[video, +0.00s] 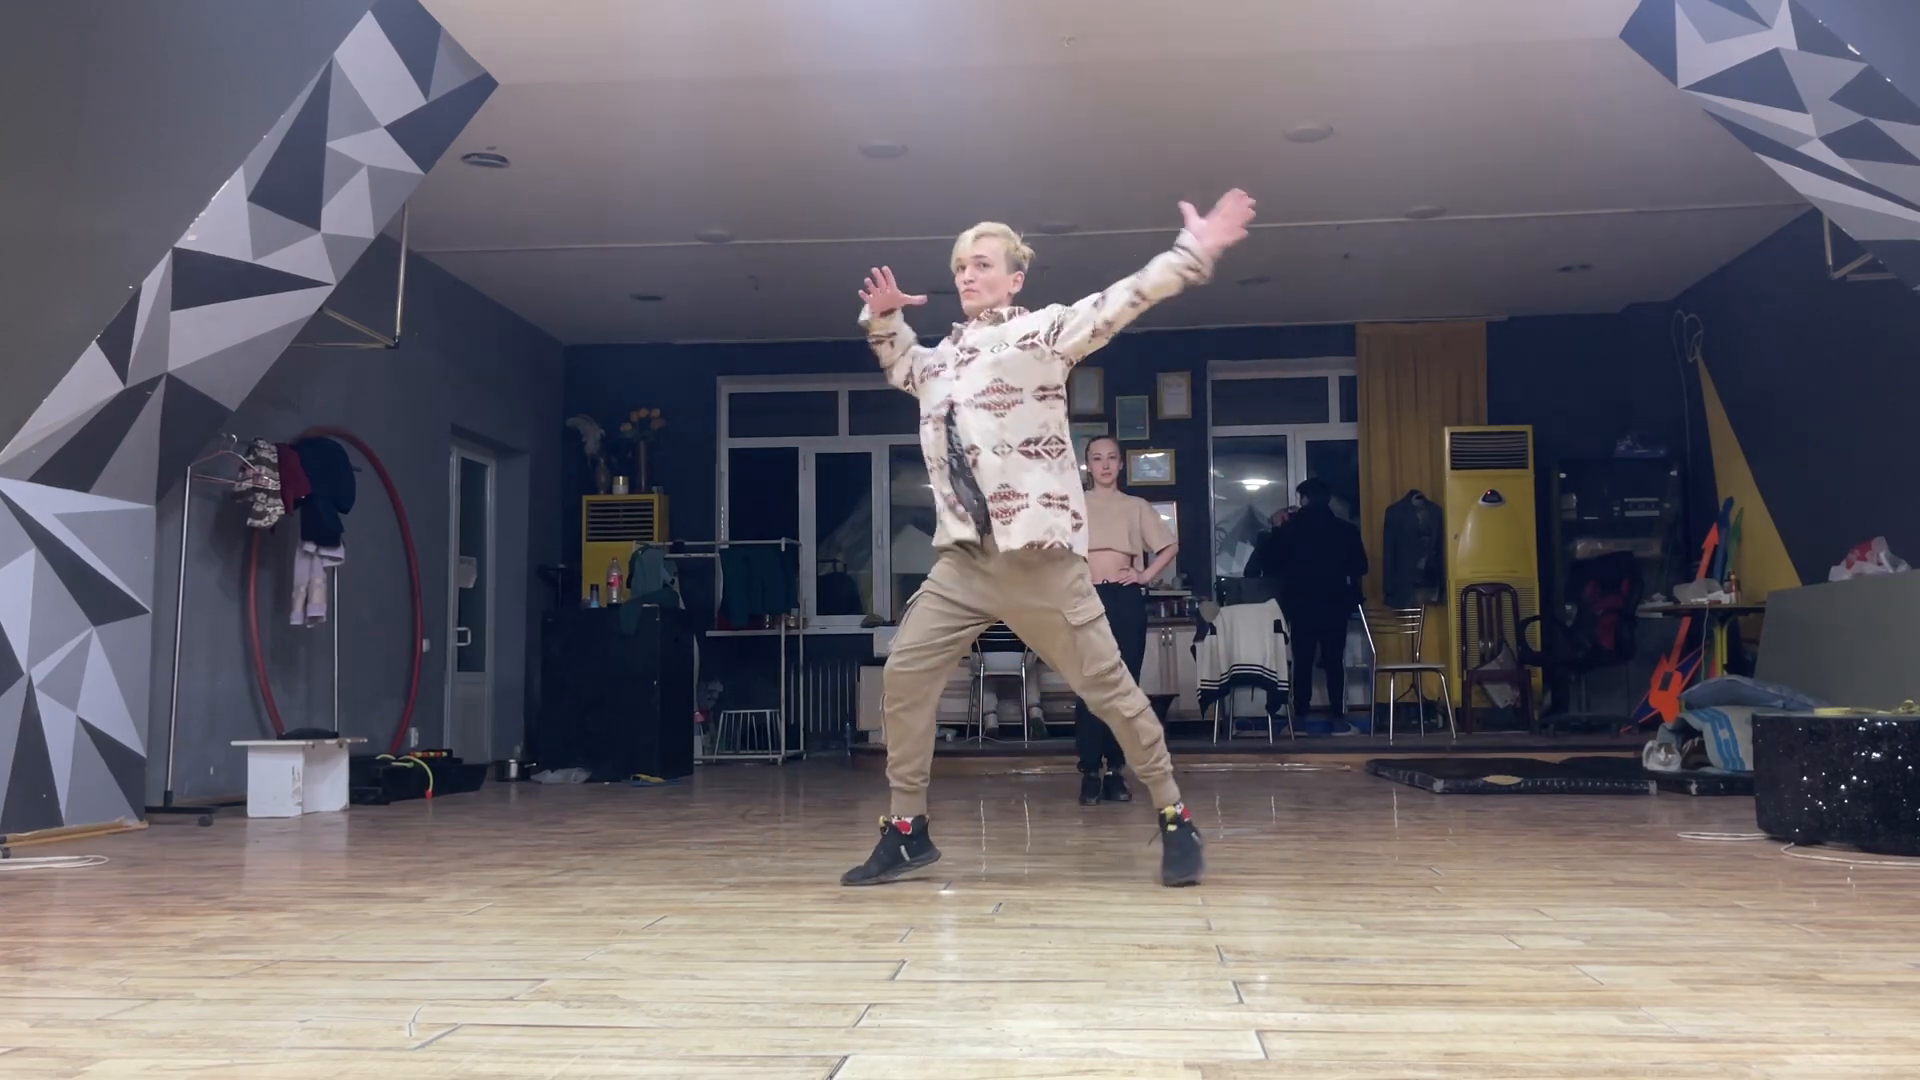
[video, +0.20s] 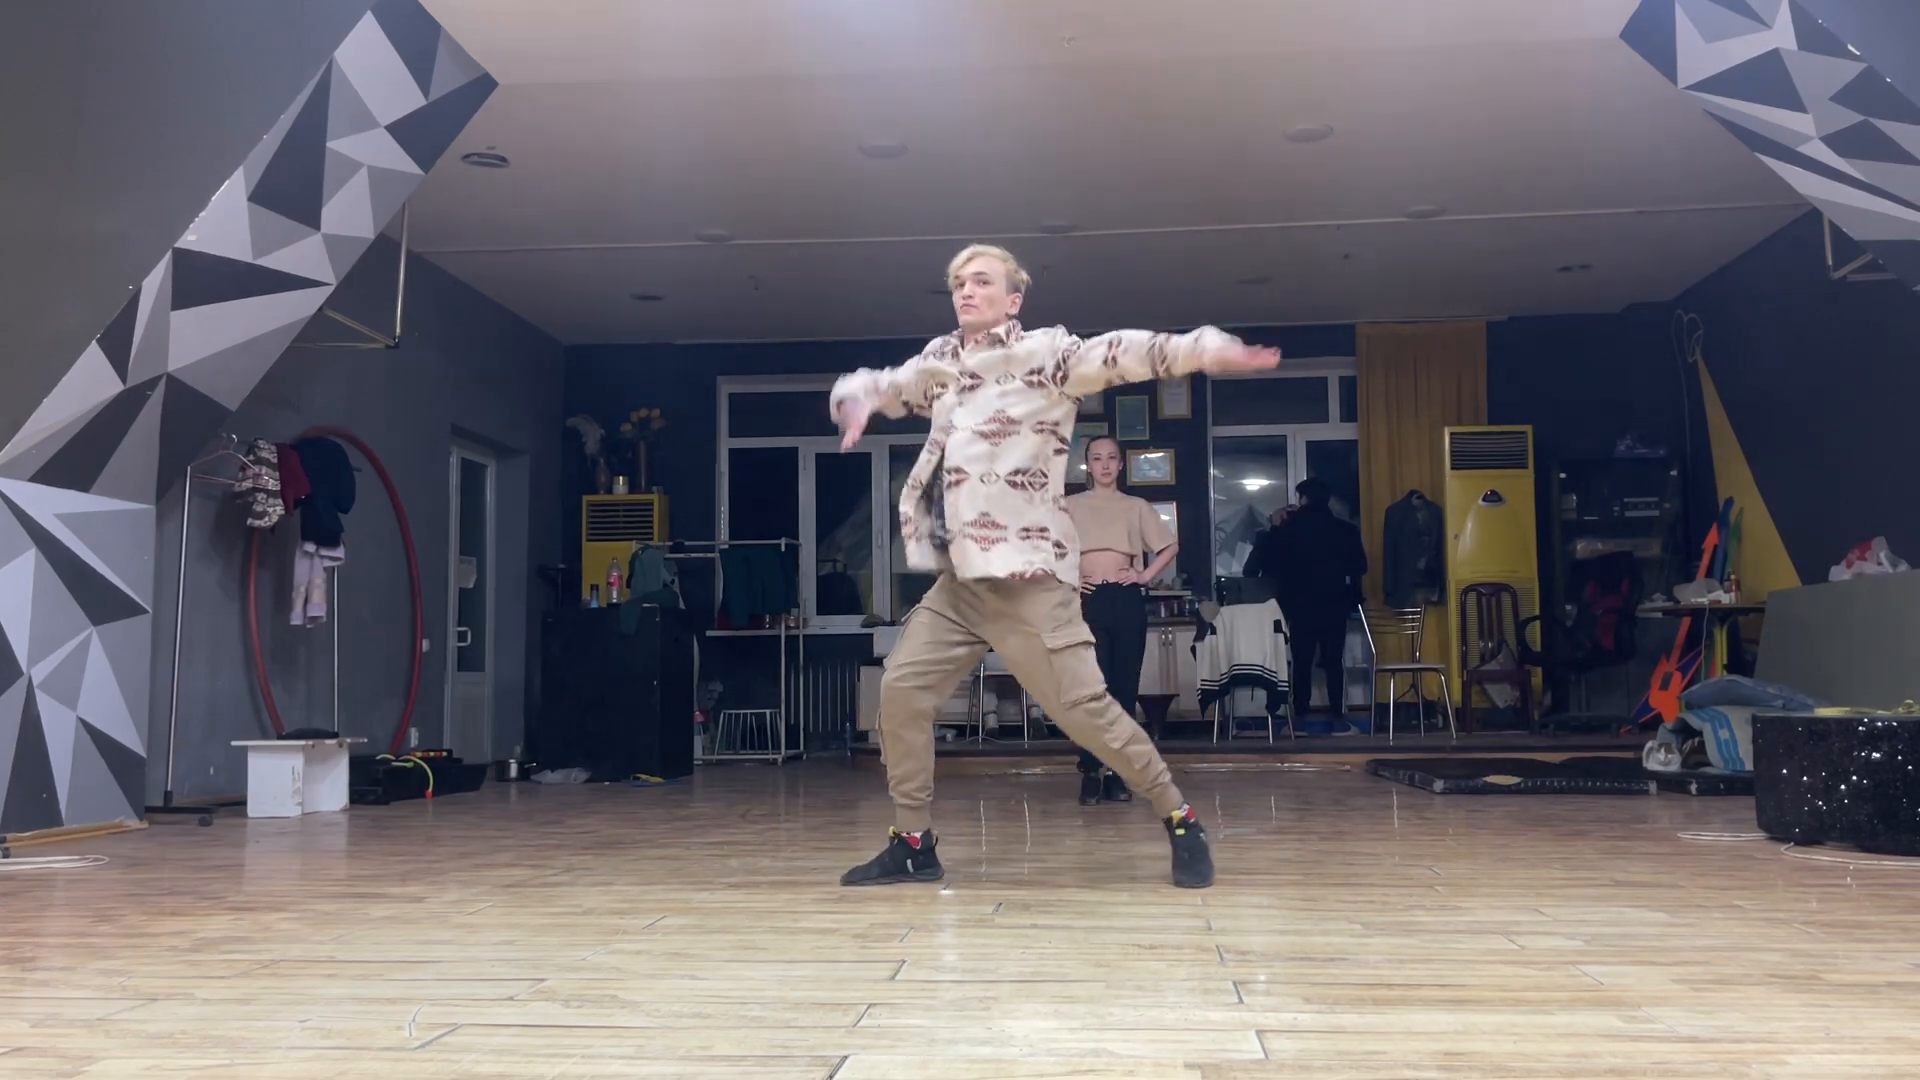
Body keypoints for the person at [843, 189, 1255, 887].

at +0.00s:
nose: (967, 276)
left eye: (982, 265)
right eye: (961, 267)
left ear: (1015, 279)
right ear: (957, 280)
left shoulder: (1041, 331)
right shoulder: (943, 353)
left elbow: (1116, 303)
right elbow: (907, 369)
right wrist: (885, 320)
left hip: (1042, 554)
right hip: (964, 556)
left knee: (1105, 684)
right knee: (905, 672)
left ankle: (1173, 819)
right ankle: (906, 828)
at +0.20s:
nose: (966, 292)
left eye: (980, 282)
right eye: (959, 284)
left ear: (1014, 298)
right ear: (952, 299)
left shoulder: (1046, 354)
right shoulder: (942, 363)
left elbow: (1121, 354)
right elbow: (893, 386)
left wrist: (1202, 351)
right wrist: (855, 392)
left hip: (1031, 581)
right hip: (959, 581)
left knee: (1083, 712)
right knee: (902, 692)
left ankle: (1182, 820)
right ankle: (912, 841)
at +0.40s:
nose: (1006, 312)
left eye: (1018, 300)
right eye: (996, 305)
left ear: (1047, 313)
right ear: (987, 319)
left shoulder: (1079, 368)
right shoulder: (977, 379)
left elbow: (1028, 413)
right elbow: (958, 442)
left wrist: (938, 388)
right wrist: (997, 373)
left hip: (1065, 578)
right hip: (989, 574)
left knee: (1098, 714)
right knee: (916, 687)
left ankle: (1162, 834)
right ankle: (914, 841)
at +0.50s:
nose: (999, 294)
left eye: (1010, 281)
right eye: (991, 286)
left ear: (1041, 285)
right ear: (984, 294)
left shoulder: (1070, 344)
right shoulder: (982, 347)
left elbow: (1035, 271)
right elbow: (925, 292)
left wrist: (979, 202)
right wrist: (947, 212)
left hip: (1069, 566)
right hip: (998, 568)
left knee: (1132, 702)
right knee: (917, 668)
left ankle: (1232, 823)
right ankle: (924, 830)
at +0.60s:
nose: (1003, 294)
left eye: (1015, 282)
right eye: (991, 286)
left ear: (1039, 286)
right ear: (977, 295)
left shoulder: (1053, 335)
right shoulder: (985, 337)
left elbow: (1067, 233)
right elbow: (972, 268)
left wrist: (1075, 133)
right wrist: (939, 215)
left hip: (1064, 550)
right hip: (1007, 562)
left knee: (1147, 682)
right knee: (921, 666)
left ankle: (1258, 815)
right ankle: (924, 826)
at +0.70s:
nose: (986, 317)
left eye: (998, 304)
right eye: (977, 311)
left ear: (1027, 304)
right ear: (970, 322)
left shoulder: (1049, 339)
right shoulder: (977, 378)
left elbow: (1092, 265)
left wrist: (1135, 187)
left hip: (1060, 561)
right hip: (1011, 572)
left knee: (1141, 698)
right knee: (916, 668)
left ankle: (1266, 821)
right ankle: (926, 828)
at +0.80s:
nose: (968, 342)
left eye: (982, 329)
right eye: (961, 333)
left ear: (1015, 336)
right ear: (955, 345)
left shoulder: (1033, 370)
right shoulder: (981, 408)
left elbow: (1098, 359)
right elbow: (991, 482)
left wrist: (1189, 353)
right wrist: (974, 550)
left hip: (1060, 585)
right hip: (1001, 595)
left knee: (1142, 717)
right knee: (909, 681)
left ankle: (1277, 827)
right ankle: (930, 833)